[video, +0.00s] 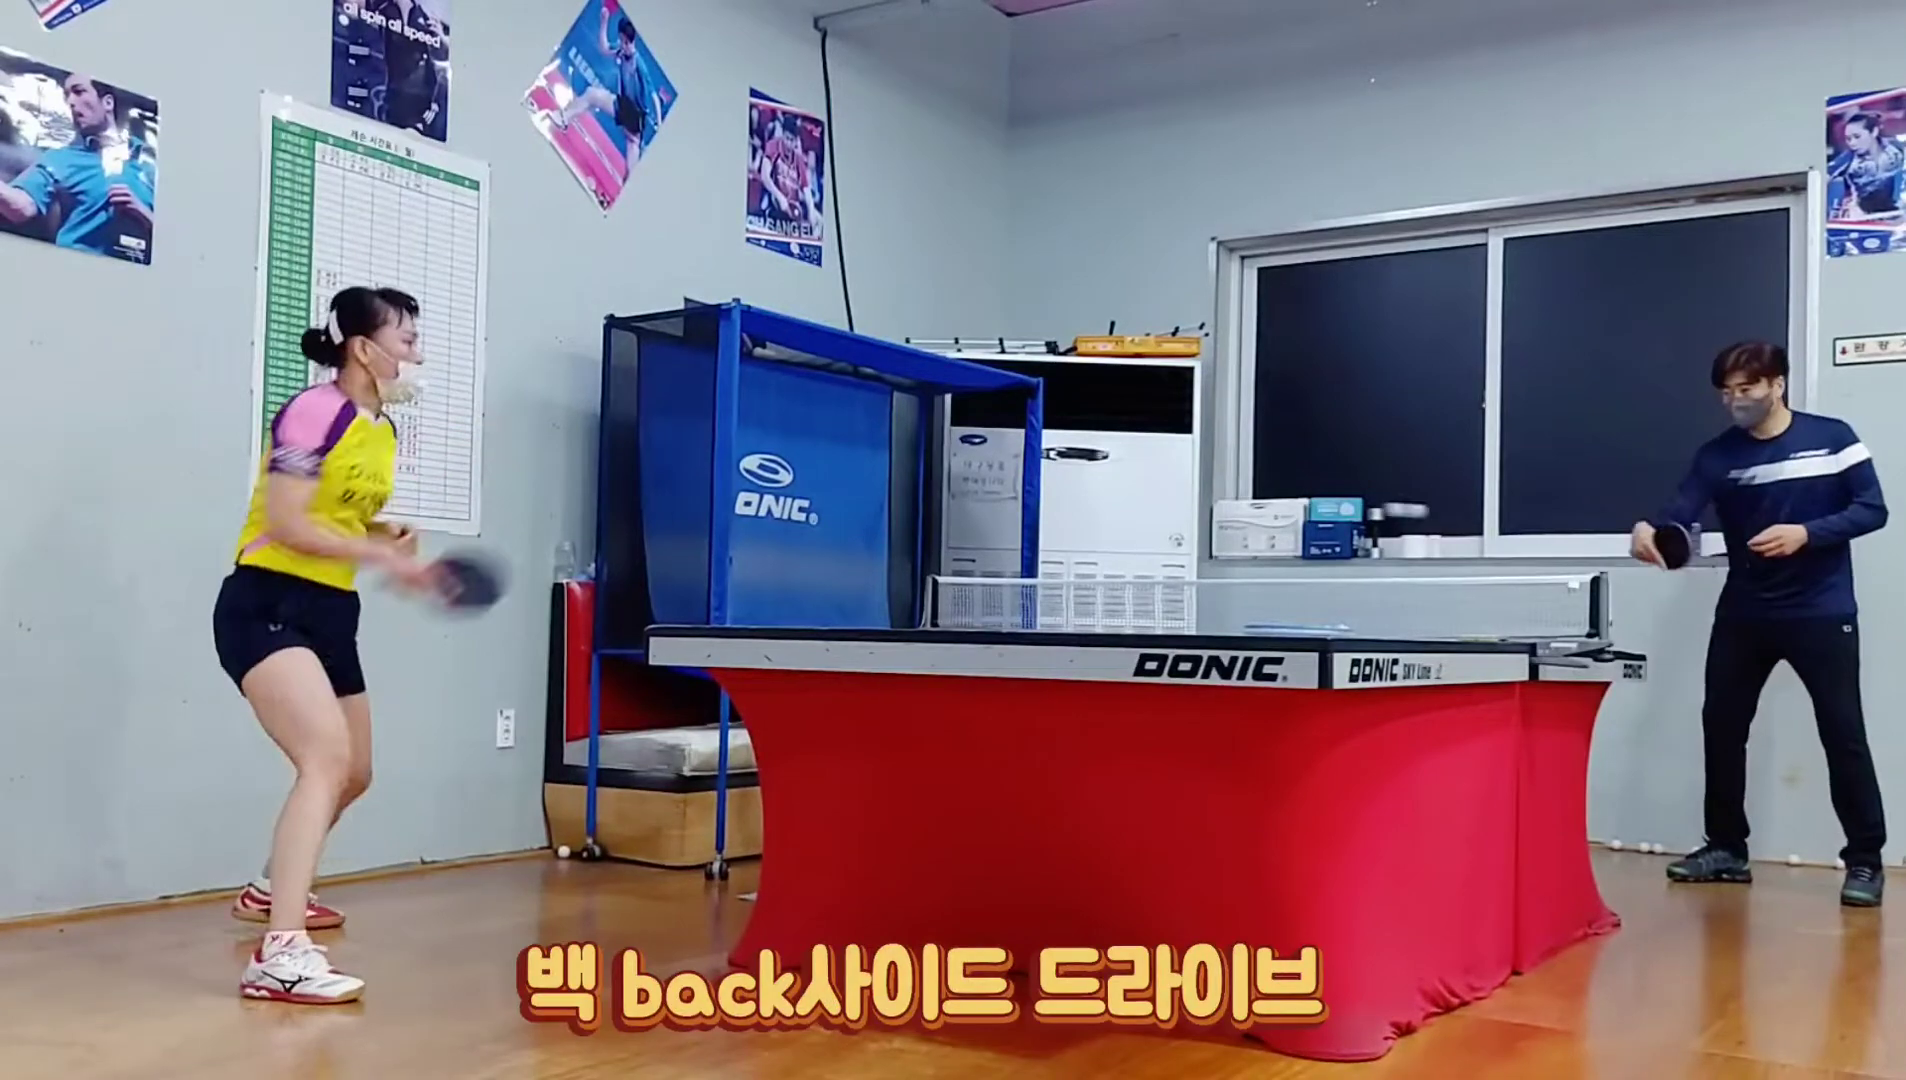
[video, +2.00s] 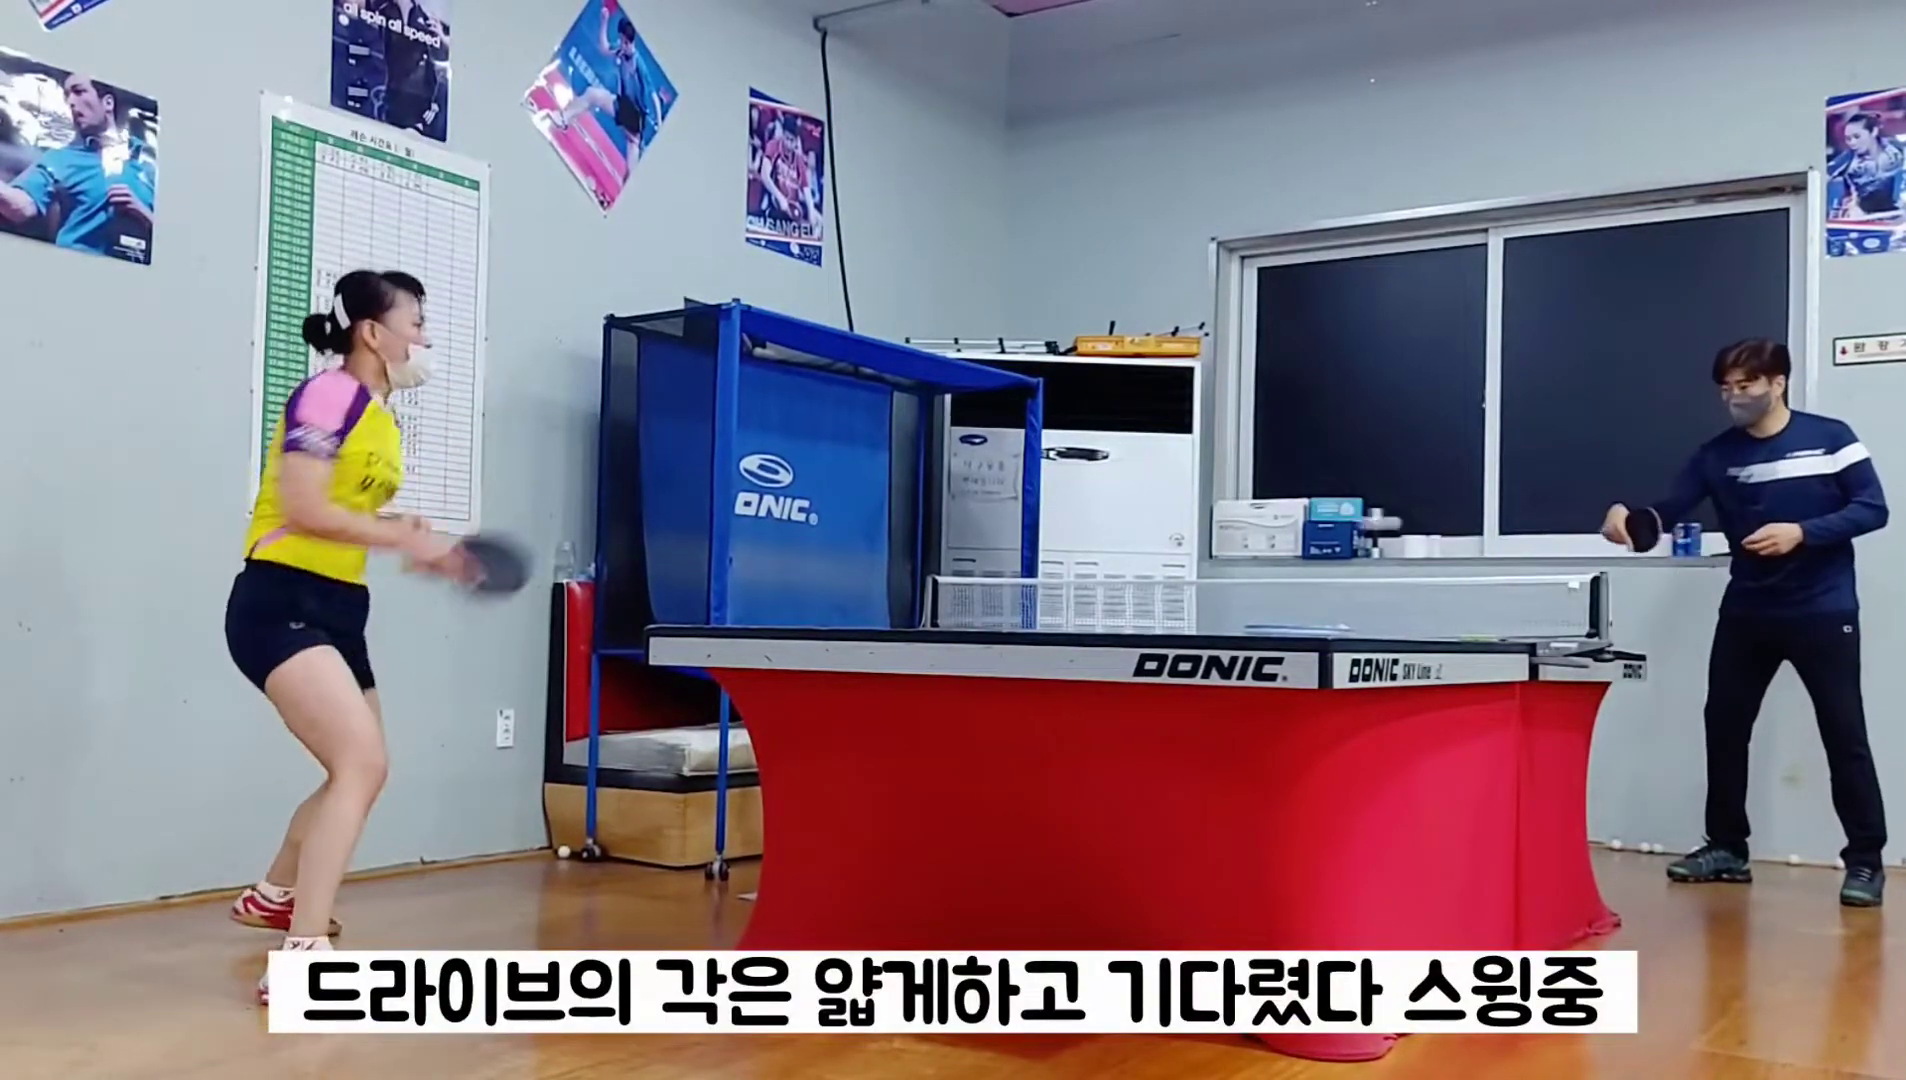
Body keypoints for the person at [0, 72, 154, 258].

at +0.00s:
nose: (70, 101)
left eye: (79, 91)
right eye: (67, 96)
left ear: (108, 102)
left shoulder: (150, 160)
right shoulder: (60, 159)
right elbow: (20, 207)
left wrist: (143, 212)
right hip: (74, 262)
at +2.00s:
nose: (71, 101)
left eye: (80, 91)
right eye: (67, 96)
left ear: (108, 103)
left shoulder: (149, 161)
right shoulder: (61, 159)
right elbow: (20, 208)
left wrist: (143, 212)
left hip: (134, 270)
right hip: (74, 262)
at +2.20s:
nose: (70, 101)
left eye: (79, 91)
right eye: (67, 96)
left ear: (108, 103)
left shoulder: (149, 160)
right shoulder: (60, 159)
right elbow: (20, 208)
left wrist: (142, 212)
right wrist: (4, 192)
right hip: (74, 262)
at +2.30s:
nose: (71, 101)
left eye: (80, 91)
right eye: (67, 96)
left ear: (108, 103)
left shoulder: (149, 161)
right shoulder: (60, 159)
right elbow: (20, 208)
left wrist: (142, 212)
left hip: (134, 270)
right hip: (74, 261)